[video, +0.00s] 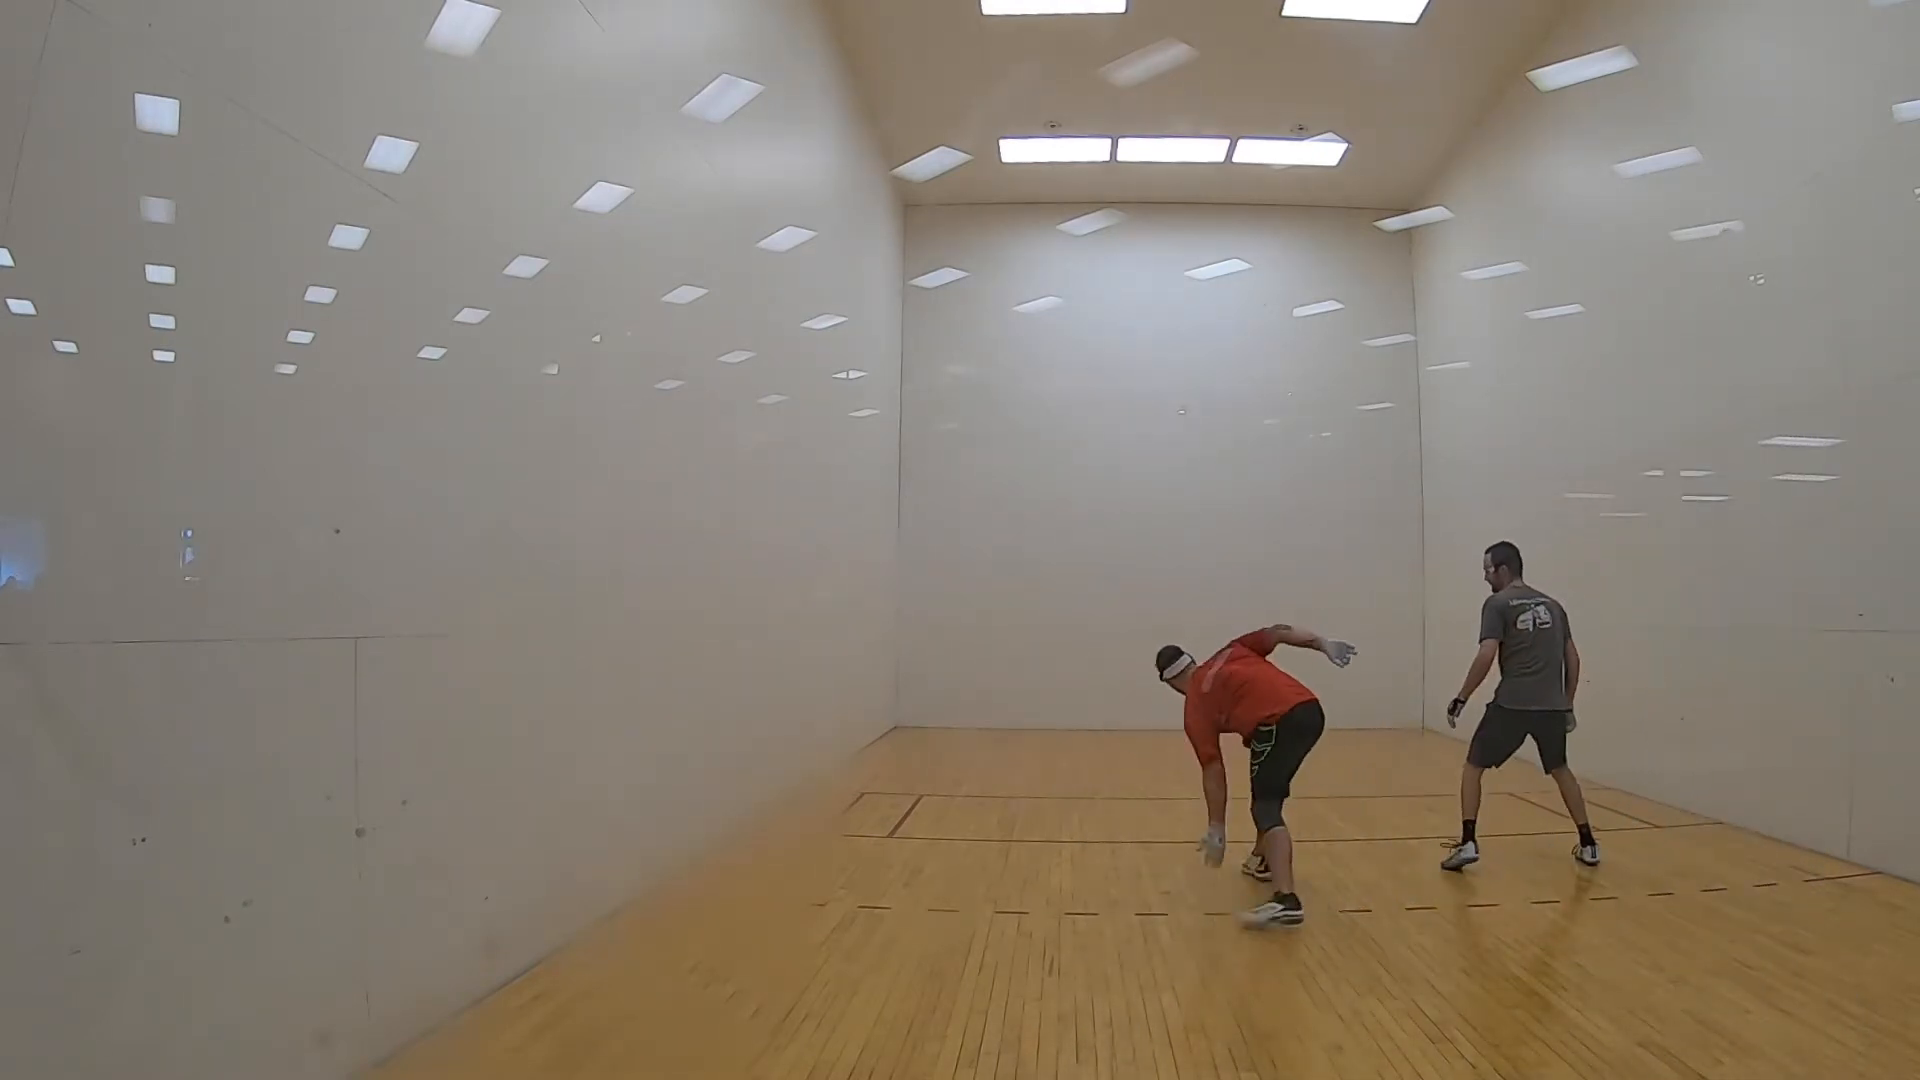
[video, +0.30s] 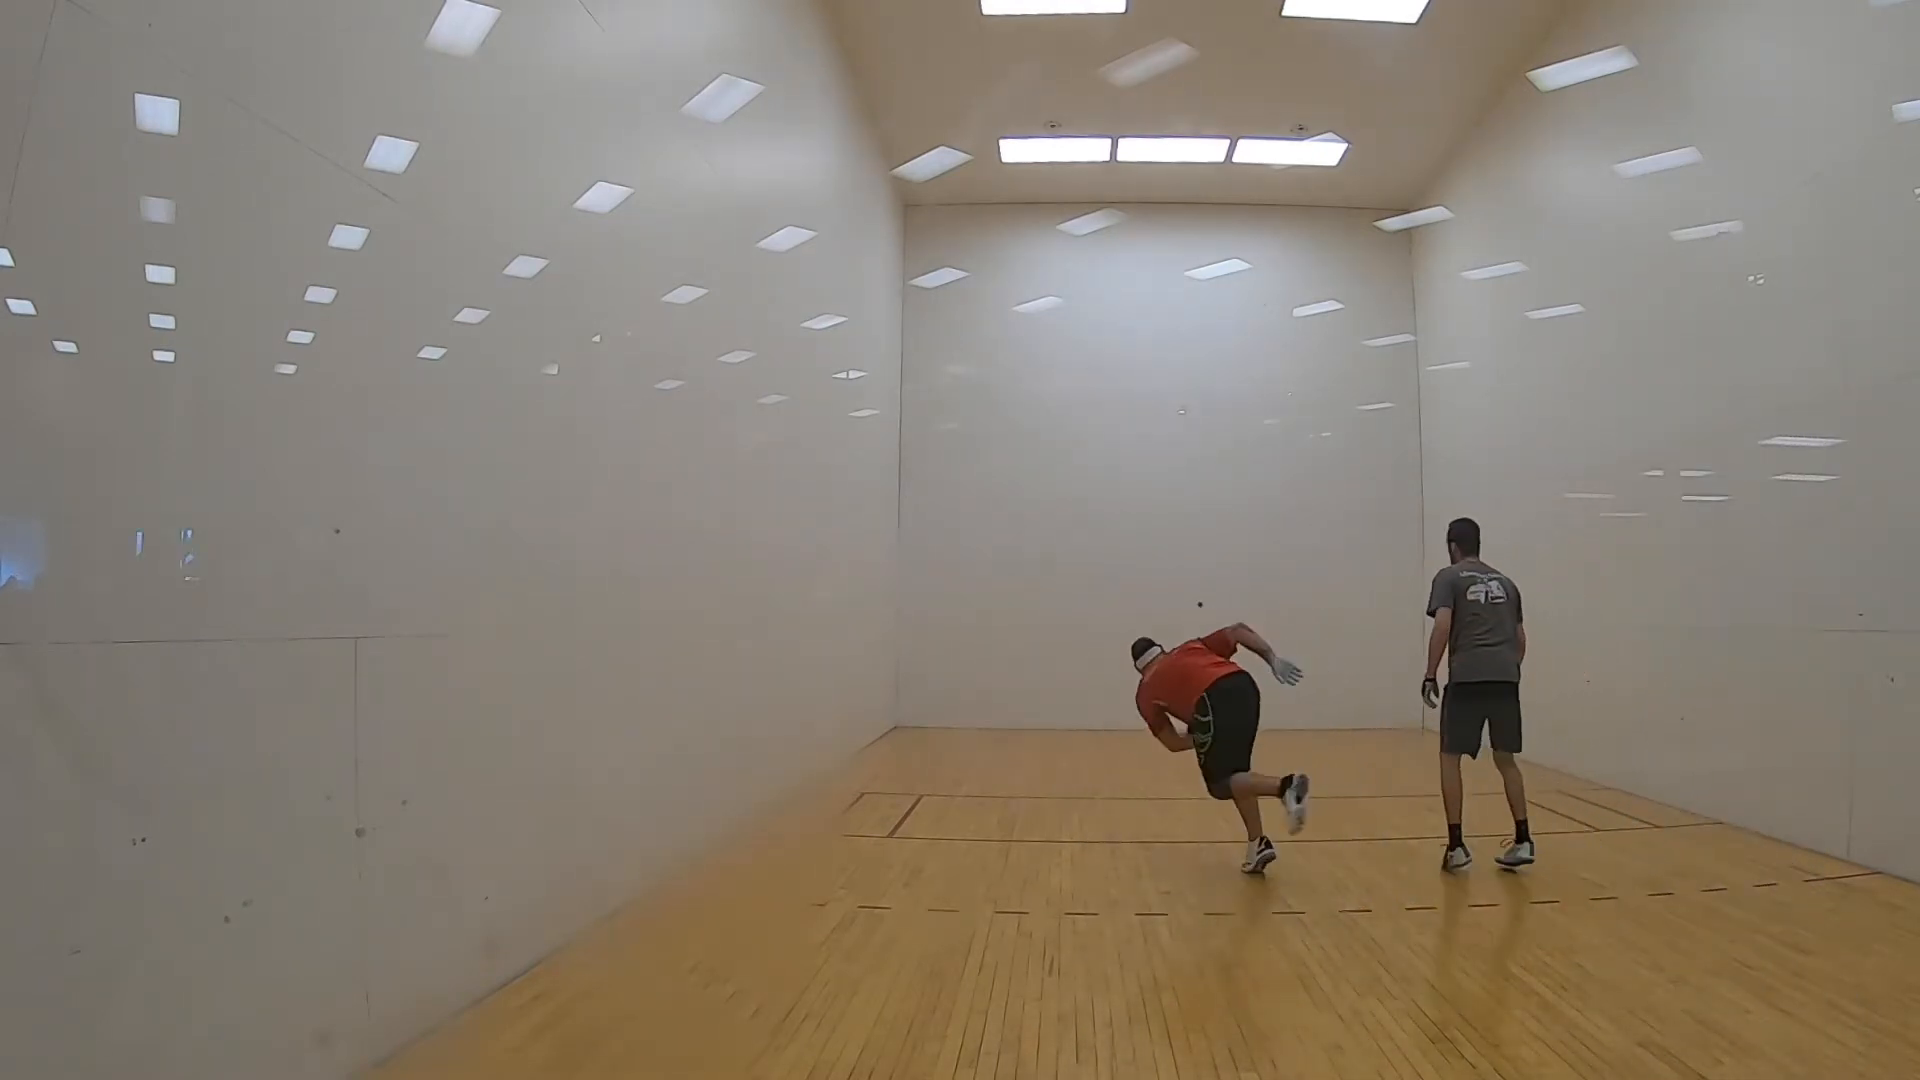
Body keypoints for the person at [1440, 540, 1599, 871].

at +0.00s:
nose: (1485, 576)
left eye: (1487, 569)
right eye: (1484, 570)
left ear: (1502, 569)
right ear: (1514, 570)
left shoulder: (1497, 603)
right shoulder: (1552, 604)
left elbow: (1488, 653)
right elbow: (1572, 657)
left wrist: (1462, 697)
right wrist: (1568, 703)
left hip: (1511, 706)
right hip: (1553, 707)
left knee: (1473, 766)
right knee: (1560, 769)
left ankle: (1468, 844)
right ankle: (1588, 845)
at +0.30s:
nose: (1447, 552)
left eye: (1447, 547)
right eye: (1449, 547)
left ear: (1452, 546)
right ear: (1479, 545)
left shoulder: (1449, 576)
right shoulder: (1506, 582)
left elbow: (1443, 626)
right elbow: (1520, 640)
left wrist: (1430, 674)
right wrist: (1509, 675)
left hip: (1466, 681)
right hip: (1506, 681)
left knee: (1450, 758)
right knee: (1506, 759)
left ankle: (1456, 847)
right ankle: (1524, 841)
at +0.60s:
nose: (1439, 593)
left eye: (1436, 587)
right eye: (1454, 588)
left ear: (1431, 591)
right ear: (1463, 592)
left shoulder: (1411, 631)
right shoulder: (1478, 635)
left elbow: (1381, 681)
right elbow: (1505, 686)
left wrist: (1379, 709)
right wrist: (1526, 666)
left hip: (1417, 736)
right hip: (1462, 737)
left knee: (1406, 809)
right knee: (1457, 786)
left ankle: (1413, 884)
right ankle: (1471, 859)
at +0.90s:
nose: (1457, 609)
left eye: (1447, 604)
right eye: (1461, 606)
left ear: (1435, 606)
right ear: (1462, 610)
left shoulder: (1412, 632)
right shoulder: (1457, 641)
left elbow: (1403, 674)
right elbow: (1493, 676)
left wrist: (1433, 696)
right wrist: (1542, 682)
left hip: (1381, 717)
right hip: (1420, 718)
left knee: (1401, 793)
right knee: (1444, 780)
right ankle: (1450, 856)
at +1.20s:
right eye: (1421, 619)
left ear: (1399, 612)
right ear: (1422, 622)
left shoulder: (1368, 627)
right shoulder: (1412, 662)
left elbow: (1325, 644)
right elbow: (1408, 713)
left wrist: (1311, 673)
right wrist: (1424, 754)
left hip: (1338, 714)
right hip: (1370, 724)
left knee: (1362, 753)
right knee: (1391, 781)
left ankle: (1349, 810)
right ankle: (1423, 822)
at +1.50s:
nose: (1354, 581)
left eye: (1353, 576)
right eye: (1364, 583)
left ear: (1350, 578)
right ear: (1370, 588)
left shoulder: (1335, 593)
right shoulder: (1364, 614)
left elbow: (1302, 607)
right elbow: (1326, 602)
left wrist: (1259, 606)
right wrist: (1330, 571)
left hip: (1316, 681)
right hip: (1344, 686)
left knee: (1318, 745)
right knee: (1333, 745)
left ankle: (1341, 809)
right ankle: (1370, 787)